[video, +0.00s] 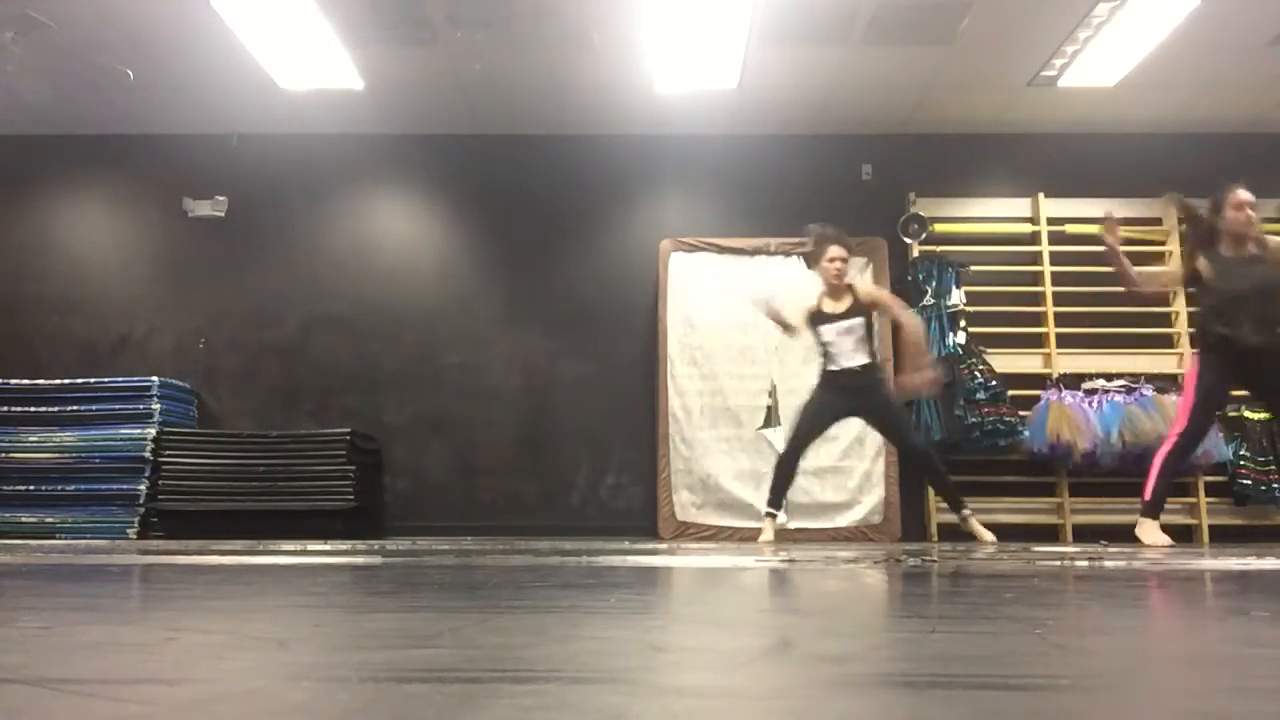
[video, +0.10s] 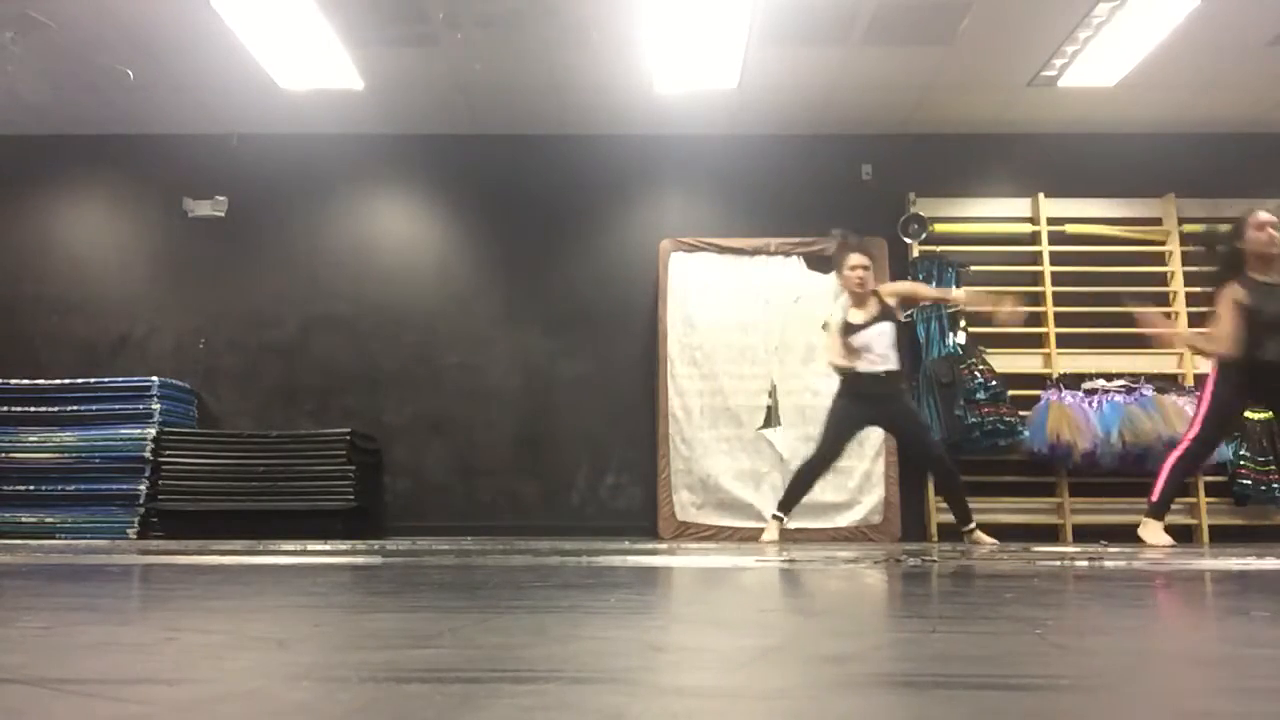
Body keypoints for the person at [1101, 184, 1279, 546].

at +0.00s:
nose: (1249, 214)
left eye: (1252, 207)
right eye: (1239, 207)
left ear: (1256, 214)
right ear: (1218, 215)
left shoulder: (1270, 250)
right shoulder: (1203, 262)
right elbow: (1140, 284)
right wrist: (1115, 250)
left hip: (1266, 357)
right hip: (1217, 357)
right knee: (1189, 432)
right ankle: (1147, 519)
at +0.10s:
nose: (1270, 233)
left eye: (1273, 226)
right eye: (1260, 228)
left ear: (1279, 236)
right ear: (1242, 241)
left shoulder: (1276, 285)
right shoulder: (1237, 291)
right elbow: (1225, 345)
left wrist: (1177, 335)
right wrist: (1177, 334)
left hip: (1271, 375)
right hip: (1236, 371)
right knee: (1202, 439)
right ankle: (1152, 519)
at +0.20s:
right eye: (1275, 236)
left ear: (1277, 243)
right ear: (1262, 246)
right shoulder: (1263, 297)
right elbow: (1272, 359)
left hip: (1266, 376)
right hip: (1232, 372)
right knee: (1210, 445)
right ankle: (1154, 526)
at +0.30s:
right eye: (1279, 253)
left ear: (1273, 256)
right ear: (1276, 256)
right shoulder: (1268, 286)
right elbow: (1242, 343)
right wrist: (1277, 353)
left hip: (1262, 382)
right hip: (1222, 377)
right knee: (1217, 445)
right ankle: (1162, 528)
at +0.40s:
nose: (1279, 265)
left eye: (1279, 258)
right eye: (1277, 258)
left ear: (1276, 261)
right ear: (1267, 260)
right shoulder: (1253, 287)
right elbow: (1186, 293)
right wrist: (1208, 339)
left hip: (1263, 393)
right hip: (1215, 384)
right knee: (1217, 444)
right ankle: (1160, 529)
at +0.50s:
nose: (1277, 264)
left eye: (1279, 258)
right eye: (1271, 257)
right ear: (1253, 264)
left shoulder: (1275, 305)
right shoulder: (1224, 288)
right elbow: (1162, 286)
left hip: (1256, 404)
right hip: (1204, 397)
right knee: (1207, 446)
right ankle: (1159, 529)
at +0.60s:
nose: (1259, 261)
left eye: (1264, 255)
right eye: (1249, 255)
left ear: (1269, 263)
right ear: (1229, 262)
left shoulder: (1267, 317)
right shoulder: (1196, 293)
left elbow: (1271, 377)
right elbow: (1128, 292)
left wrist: (1276, 394)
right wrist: (1070, 283)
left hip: (1244, 404)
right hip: (1191, 397)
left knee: (1277, 444)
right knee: (1191, 442)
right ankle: (1159, 530)